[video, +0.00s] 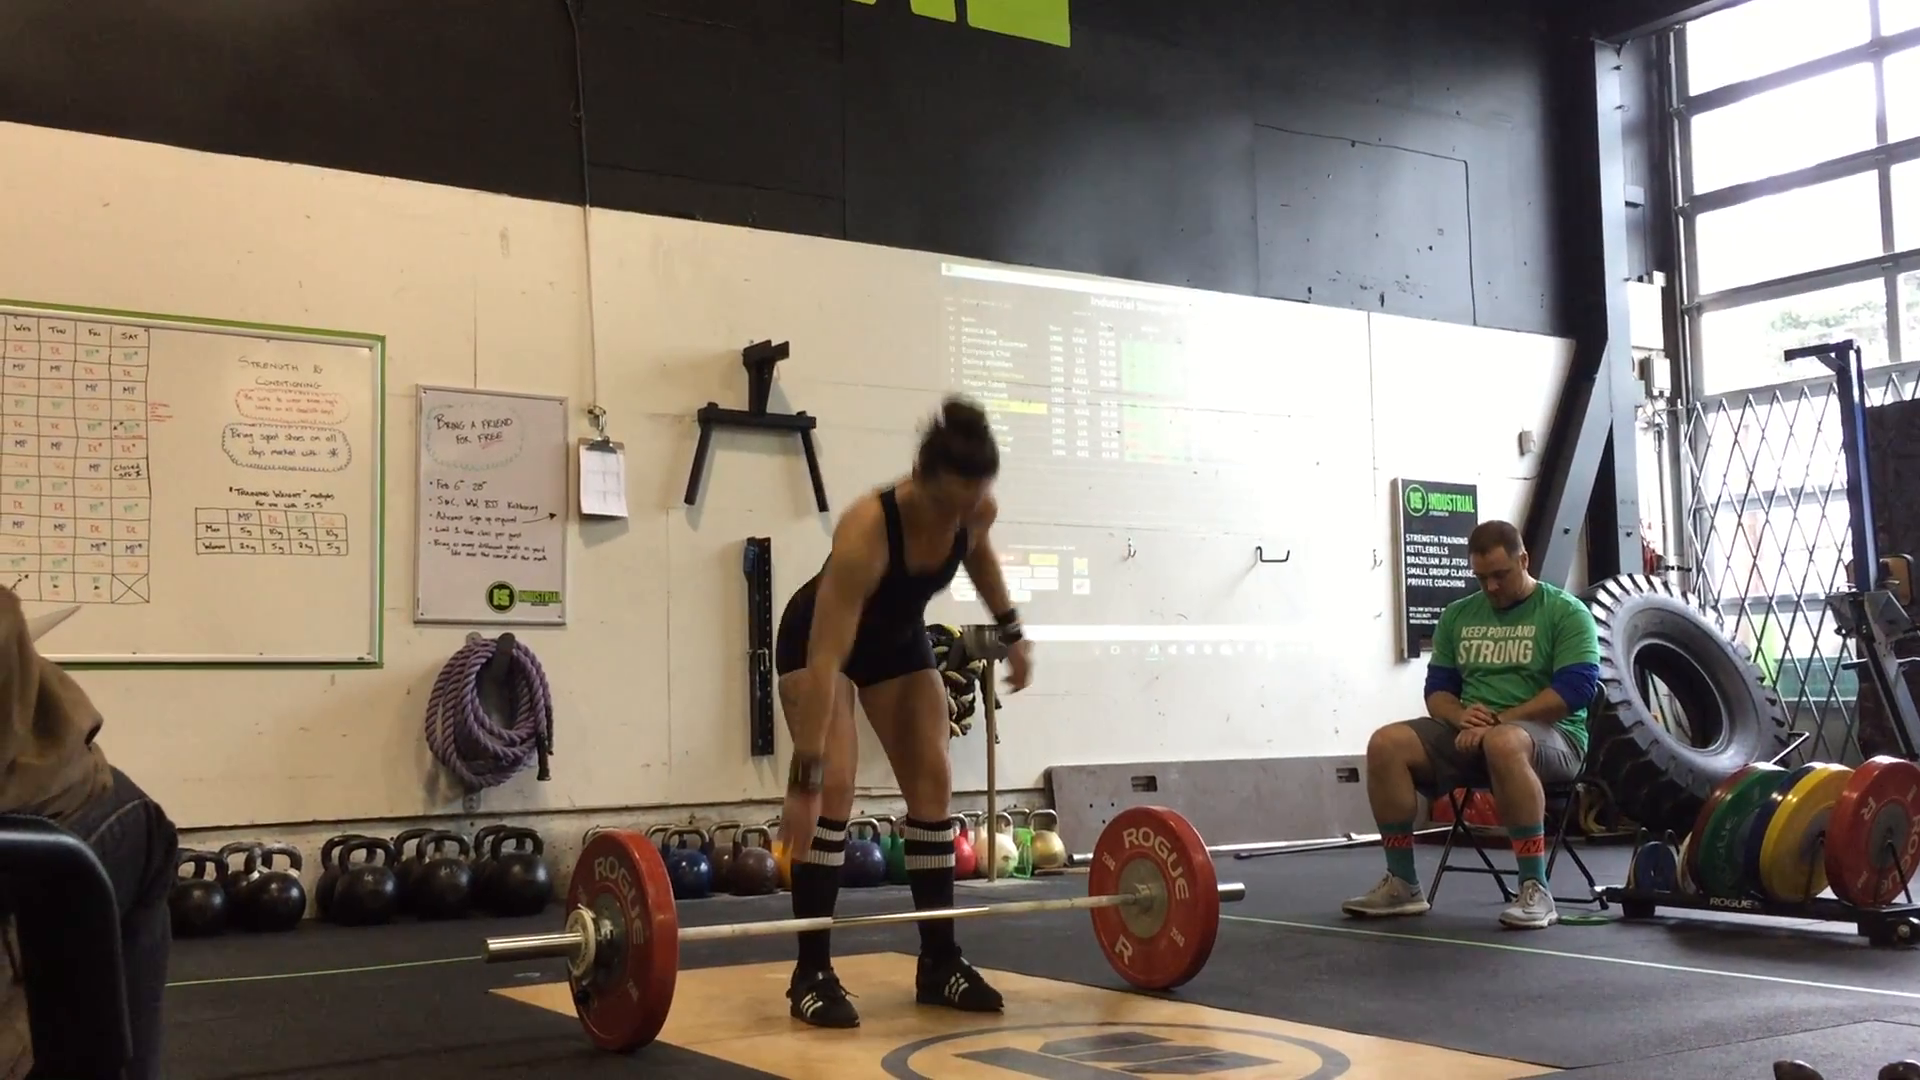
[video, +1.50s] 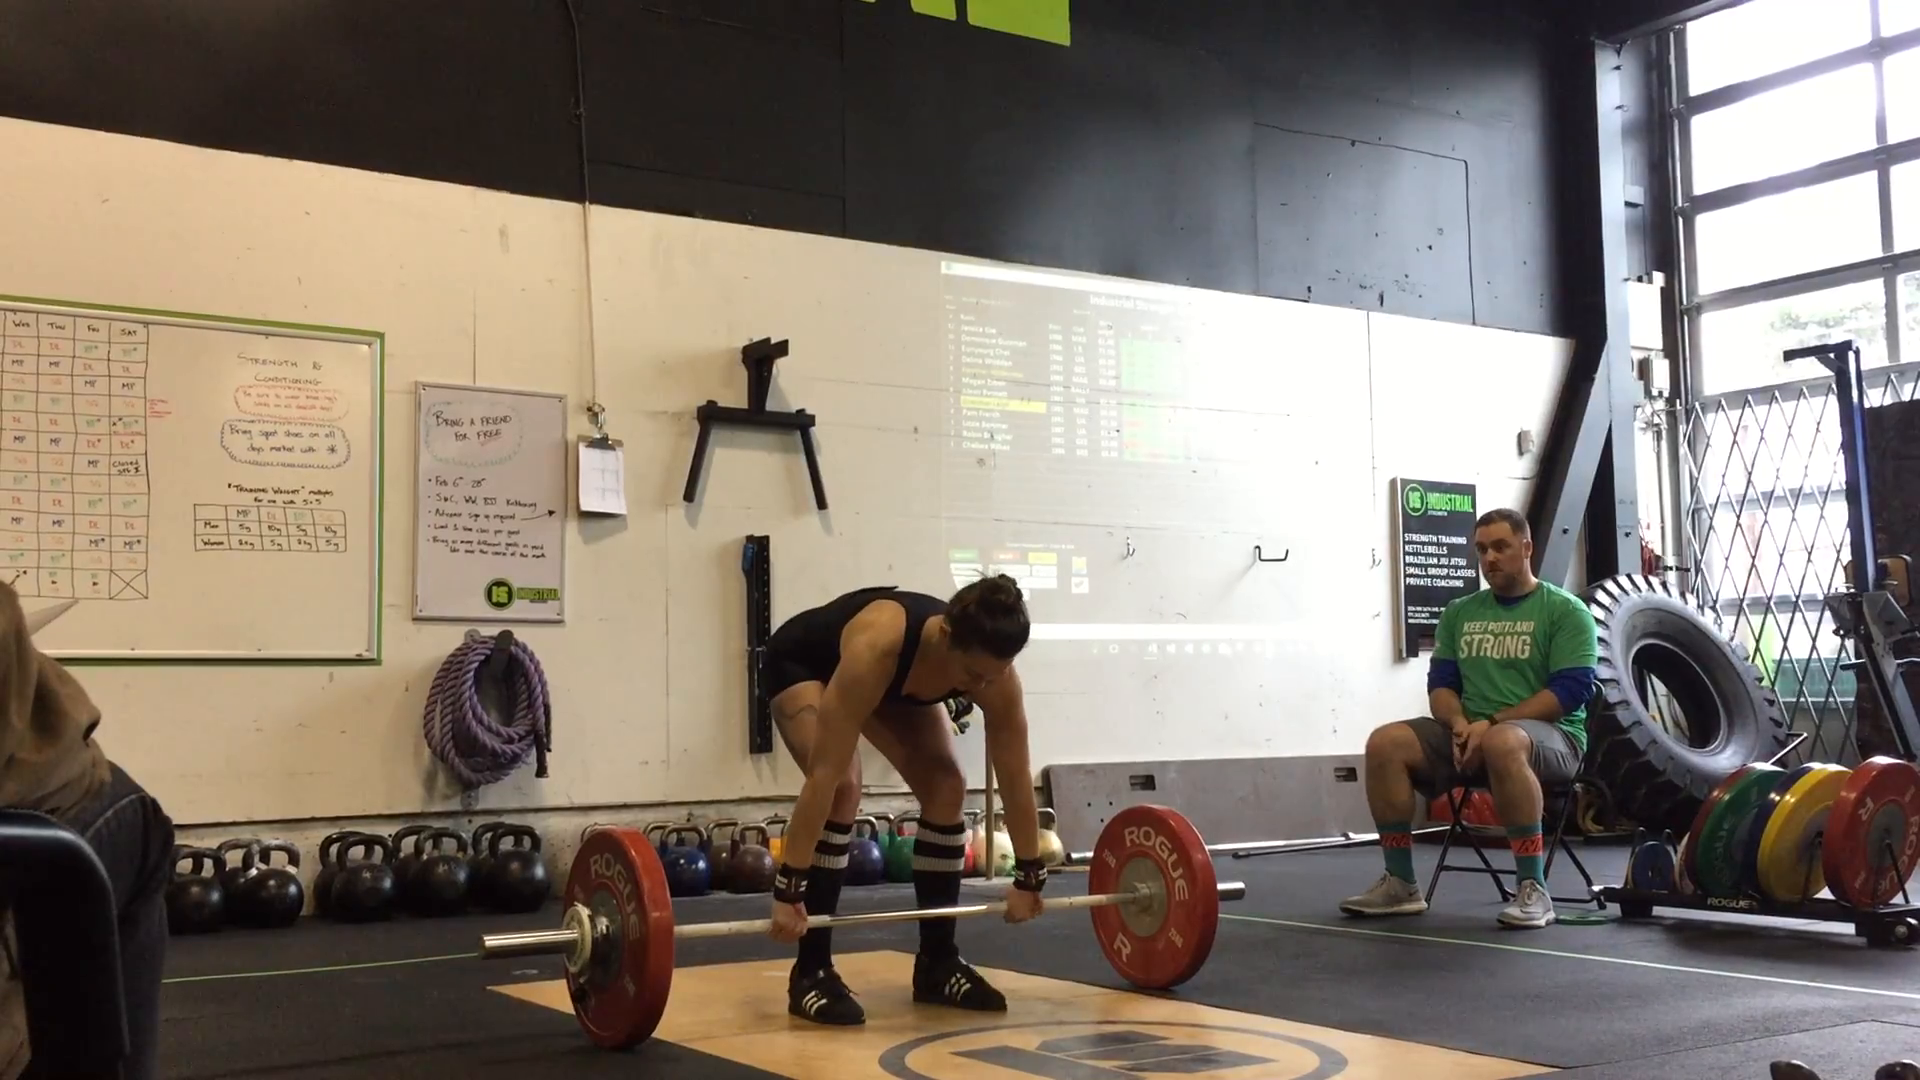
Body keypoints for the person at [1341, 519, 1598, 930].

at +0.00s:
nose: (1491, 587)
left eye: (1500, 575)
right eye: (1482, 577)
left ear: (1525, 560)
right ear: (1472, 569)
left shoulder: (1566, 611)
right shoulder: (1456, 616)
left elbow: (1577, 687)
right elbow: (1438, 692)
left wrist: (1498, 724)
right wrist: (1460, 715)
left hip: (1552, 735)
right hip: (1470, 735)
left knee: (1503, 743)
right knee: (1385, 744)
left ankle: (1534, 891)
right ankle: (1402, 885)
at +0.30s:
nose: (1491, 584)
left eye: (1499, 572)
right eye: (1482, 575)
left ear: (1524, 558)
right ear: (1472, 567)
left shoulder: (1565, 609)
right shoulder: (1456, 614)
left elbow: (1577, 685)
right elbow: (1438, 690)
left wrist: (1497, 722)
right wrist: (1461, 714)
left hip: (1552, 734)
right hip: (1470, 734)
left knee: (1503, 742)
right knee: (1385, 743)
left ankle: (1534, 889)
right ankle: (1403, 883)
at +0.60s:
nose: (1489, 581)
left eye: (1497, 570)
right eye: (1480, 572)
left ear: (1523, 557)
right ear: (1470, 566)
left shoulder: (1564, 609)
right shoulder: (1455, 614)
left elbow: (1574, 685)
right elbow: (1437, 690)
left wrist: (1496, 721)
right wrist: (1458, 713)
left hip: (1549, 733)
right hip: (1468, 733)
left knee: (1502, 741)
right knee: (1384, 742)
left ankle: (1532, 888)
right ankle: (1400, 882)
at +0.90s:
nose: (1488, 573)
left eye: (1497, 561)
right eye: (1479, 563)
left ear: (1523, 554)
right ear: (1470, 561)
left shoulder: (1564, 611)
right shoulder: (1455, 614)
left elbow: (1574, 687)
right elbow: (1437, 688)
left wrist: (1494, 720)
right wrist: (1457, 714)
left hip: (1548, 734)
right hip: (1468, 734)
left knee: (1500, 741)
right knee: (1384, 742)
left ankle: (1531, 889)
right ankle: (1400, 883)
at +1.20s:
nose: (1490, 565)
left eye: (1499, 553)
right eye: (1481, 556)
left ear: (1526, 550)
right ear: (1473, 558)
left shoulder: (1566, 611)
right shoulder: (1457, 614)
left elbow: (1574, 688)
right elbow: (1442, 685)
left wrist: (1492, 711)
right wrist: (1453, 716)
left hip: (1551, 735)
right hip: (1473, 737)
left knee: (1502, 741)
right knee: (1385, 743)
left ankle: (1532, 889)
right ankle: (1401, 883)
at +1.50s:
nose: (1490, 557)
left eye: (1500, 547)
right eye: (1482, 549)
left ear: (1527, 548)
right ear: (1476, 555)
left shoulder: (1566, 611)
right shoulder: (1459, 613)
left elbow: (1571, 690)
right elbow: (1441, 684)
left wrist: (1494, 724)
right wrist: (1458, 721)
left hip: (1550, 735)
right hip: (1470, 735)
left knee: (1503, 743)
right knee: (1384, 744)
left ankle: (1532, 890)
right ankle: (1400, 884)